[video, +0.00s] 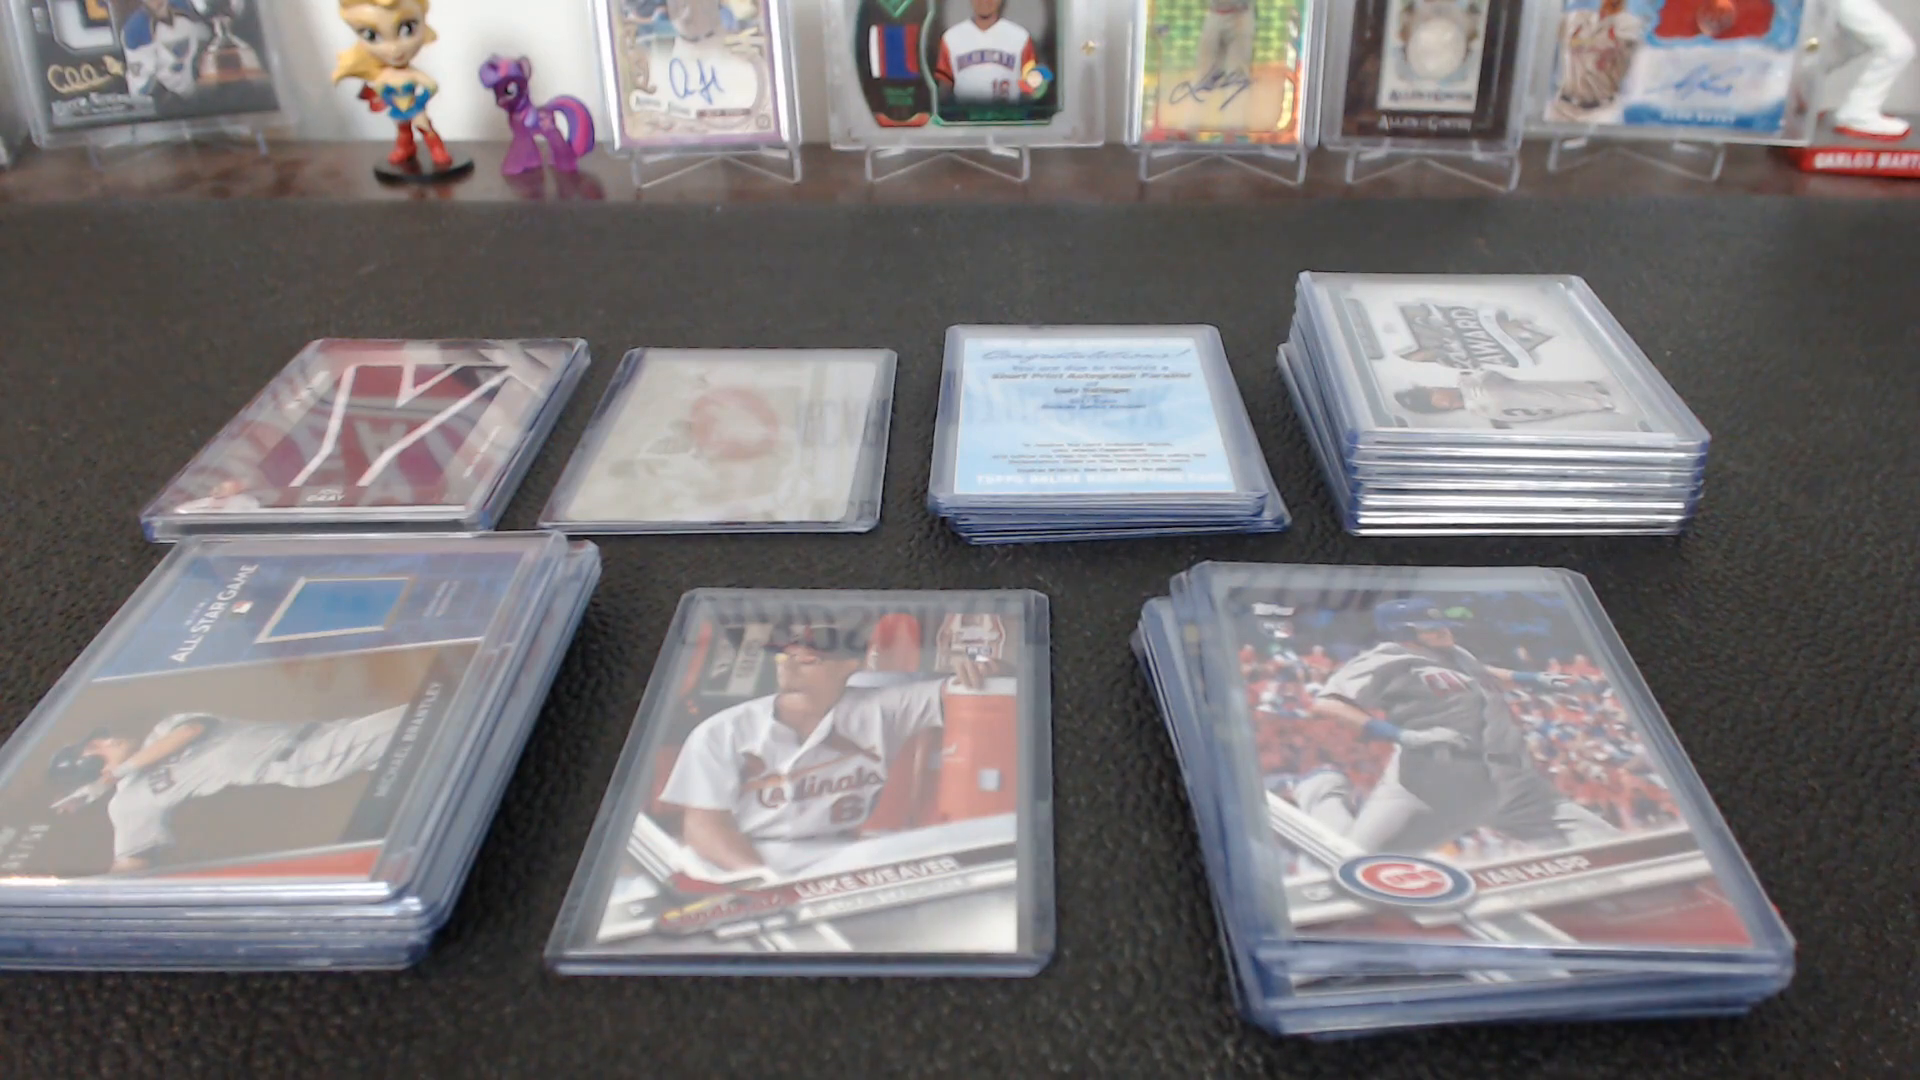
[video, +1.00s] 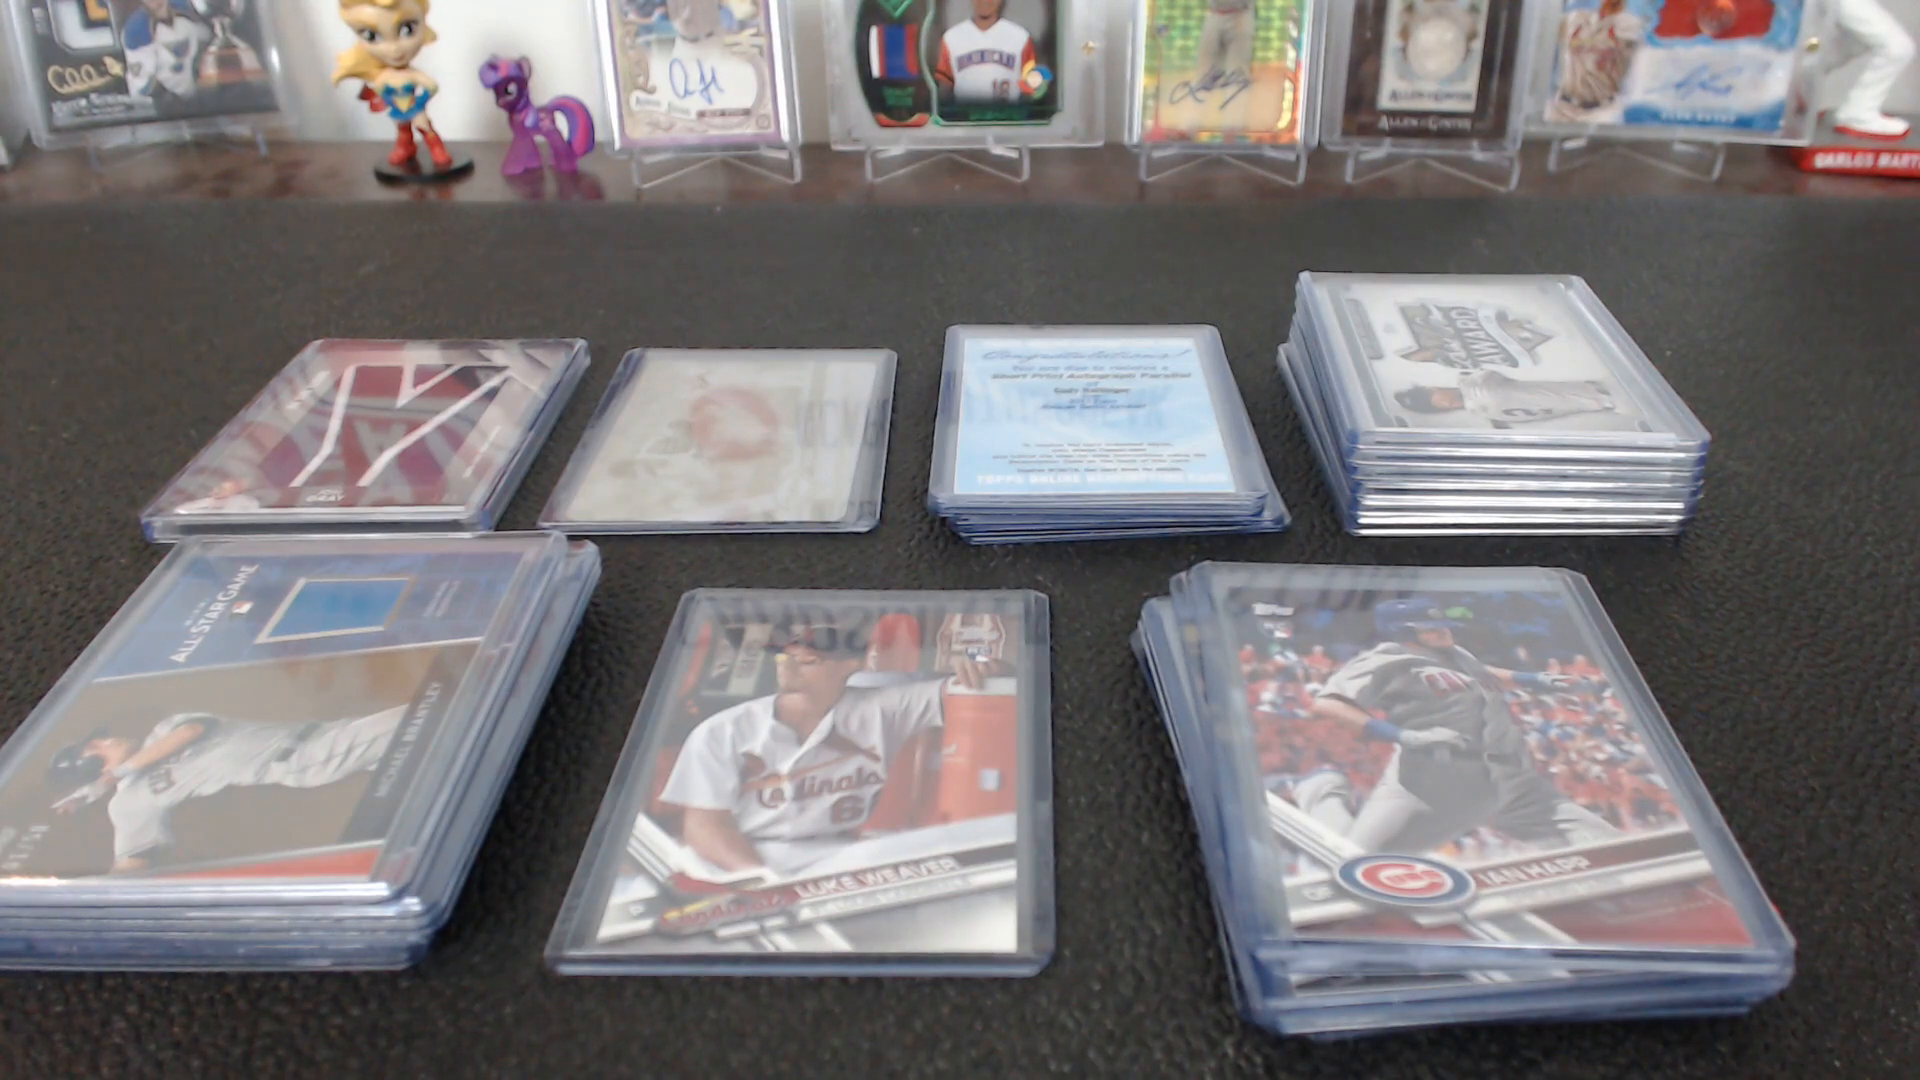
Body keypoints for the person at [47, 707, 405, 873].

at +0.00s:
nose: (109, 740)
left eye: (98, 740)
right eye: (99, 746)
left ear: (106, 742)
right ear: (100, 768)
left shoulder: (162, 727)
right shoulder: (131, 799)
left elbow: (193, 732)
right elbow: (130, 870)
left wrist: (116, 775)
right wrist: (80, 897)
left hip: (312, 731)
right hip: (299, 760)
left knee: (417, 719)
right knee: (414, 717)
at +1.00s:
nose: (109, 740)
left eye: (99, 739)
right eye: (99, 746)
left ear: (106, 742)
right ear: (100, 767)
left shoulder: (162, 727)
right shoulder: (131, 799)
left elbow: (193, 732)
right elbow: (129, 870)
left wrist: (118, 773)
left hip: (310, 731)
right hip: (298, 760)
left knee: (414, 721)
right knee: (412, 717)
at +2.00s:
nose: (110, 740)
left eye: (99, 739)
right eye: (100, 746)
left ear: (107, 742)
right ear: (100, 770)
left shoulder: (159, 727)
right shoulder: (131, 800)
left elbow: (192, 732)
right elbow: (130, 870)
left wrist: (115, 776)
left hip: (310, 732)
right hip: (298, 760)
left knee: (414, 721)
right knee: (412, 717)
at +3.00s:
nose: (109, 740)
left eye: (99, 739)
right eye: (99, 746)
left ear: (106, 744)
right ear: (99, 769)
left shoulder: (160, 729)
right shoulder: (131, 800)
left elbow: (193, 732)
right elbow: (130, 870)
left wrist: (116, 775)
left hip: (310, 732)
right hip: (298, 760)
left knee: (415, 720)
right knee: (413, 717)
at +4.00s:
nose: (111, 740)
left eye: (101, 739)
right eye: (101, 747)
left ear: (108, 742)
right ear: (100, 771)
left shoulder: (161, 729)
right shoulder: (131, 799)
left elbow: (193, 732)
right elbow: (129, 871)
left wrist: (119, 773)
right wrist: (82, 899)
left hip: (312, 733)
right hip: (299, 760)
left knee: (416, 722)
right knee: (414, 718)